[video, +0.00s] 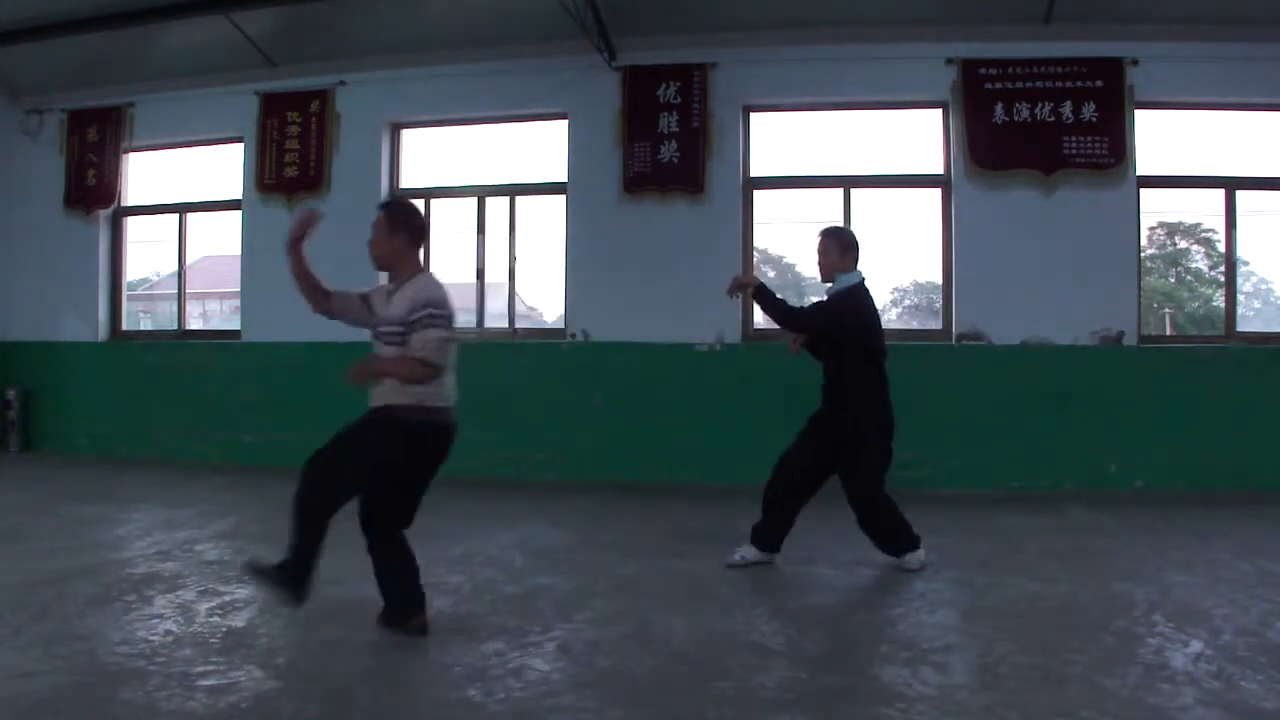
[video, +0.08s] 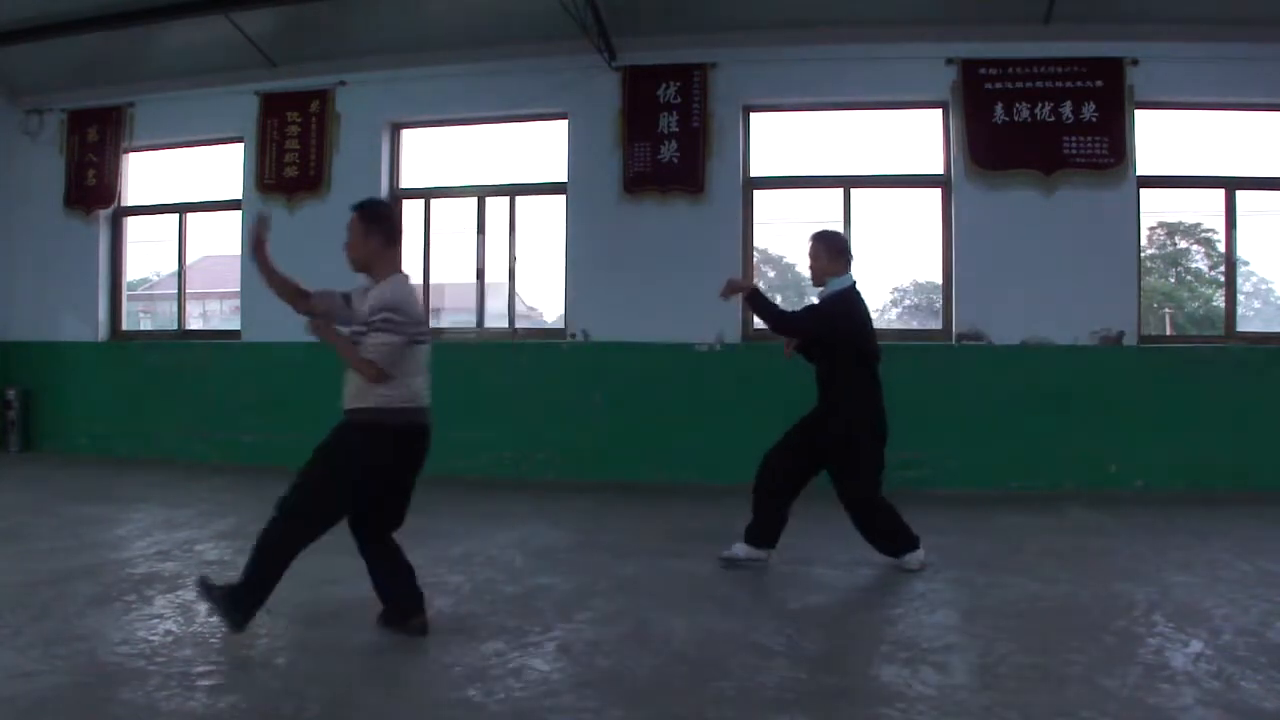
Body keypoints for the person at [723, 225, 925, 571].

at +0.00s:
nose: (817, 260)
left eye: (823, 253)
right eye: (818, 253)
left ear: (844, 256)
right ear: (844, 258)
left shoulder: (847, 301)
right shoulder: (852, 298)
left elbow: (796, 321)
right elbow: (841, 351)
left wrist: (756, 289)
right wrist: (808, 342)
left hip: (856, 414)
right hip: (848, 410)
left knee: (863, 487)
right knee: (792, 473)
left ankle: (909, 548)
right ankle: (764, 545)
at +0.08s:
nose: (809, 264)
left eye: (814, 257)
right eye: (810, 258)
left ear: (832, 260)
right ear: (839, 261)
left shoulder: (840, 305)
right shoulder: (845, 301)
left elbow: (788, 324)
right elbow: (837, 354)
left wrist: (750, 292)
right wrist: (802, 347)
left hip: (849, 416)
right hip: (839, 412)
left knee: (857, 491)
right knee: (779, 469)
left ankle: (908, 548)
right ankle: (757, 544)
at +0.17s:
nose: (798, 269)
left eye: (803, 261)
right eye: (799, 261)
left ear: (819, 263)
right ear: (828, 264)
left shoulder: (830, 308)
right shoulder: (835, 305)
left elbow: (776, 328)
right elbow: (829, 357)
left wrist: (743, 296)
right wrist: (793, 351)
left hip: (839, 417)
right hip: (837, 413)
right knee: (772, 470)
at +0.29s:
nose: (761, 274)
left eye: (765, 267)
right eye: (762, 267)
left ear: (782, 270)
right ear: (790, 269)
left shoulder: (789, 312)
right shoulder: (801, 308)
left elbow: (733, 331)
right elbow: (806, 355)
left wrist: (703, 297)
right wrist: (769, 355)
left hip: (803, 421)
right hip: (818, 419)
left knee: (742, 474)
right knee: (842, 491)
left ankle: (700, 544)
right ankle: (907, 547)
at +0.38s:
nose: (724, 272)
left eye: (730, 266)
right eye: (724, 265)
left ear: (748, 270)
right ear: (750, 270)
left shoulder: (746, 312)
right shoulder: (764, 308)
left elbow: (690, 333)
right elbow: (770, 355)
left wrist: (663, 299)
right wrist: (734, 359)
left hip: (762, 420)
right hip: (782, 417)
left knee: (702, 471)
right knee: (814, 485)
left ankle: (690, 548)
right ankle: (892, 532)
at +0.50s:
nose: (686, 263)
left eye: (690, 255)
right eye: (687, 255)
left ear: (706, 258)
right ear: (714, 259)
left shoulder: (713, 301)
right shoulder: (731, 300)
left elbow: (673, 344)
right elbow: (700, 347)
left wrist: (643, 319)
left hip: (724, 415)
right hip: (746, 414)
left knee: (675, 473)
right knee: (749, 495)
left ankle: (685, 548)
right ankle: (817, 519)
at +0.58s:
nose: (657, 247)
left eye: (661, 239)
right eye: (658, 238)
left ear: (677, 240)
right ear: (684, 241)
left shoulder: (700, 284)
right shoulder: (698, 281)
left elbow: (694, 345)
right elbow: (695, 343)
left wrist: (660, 329)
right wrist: (661, 329)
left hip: (709, 397)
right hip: (707, 394)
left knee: (662, 456)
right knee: (668, 457)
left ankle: (684, 546)